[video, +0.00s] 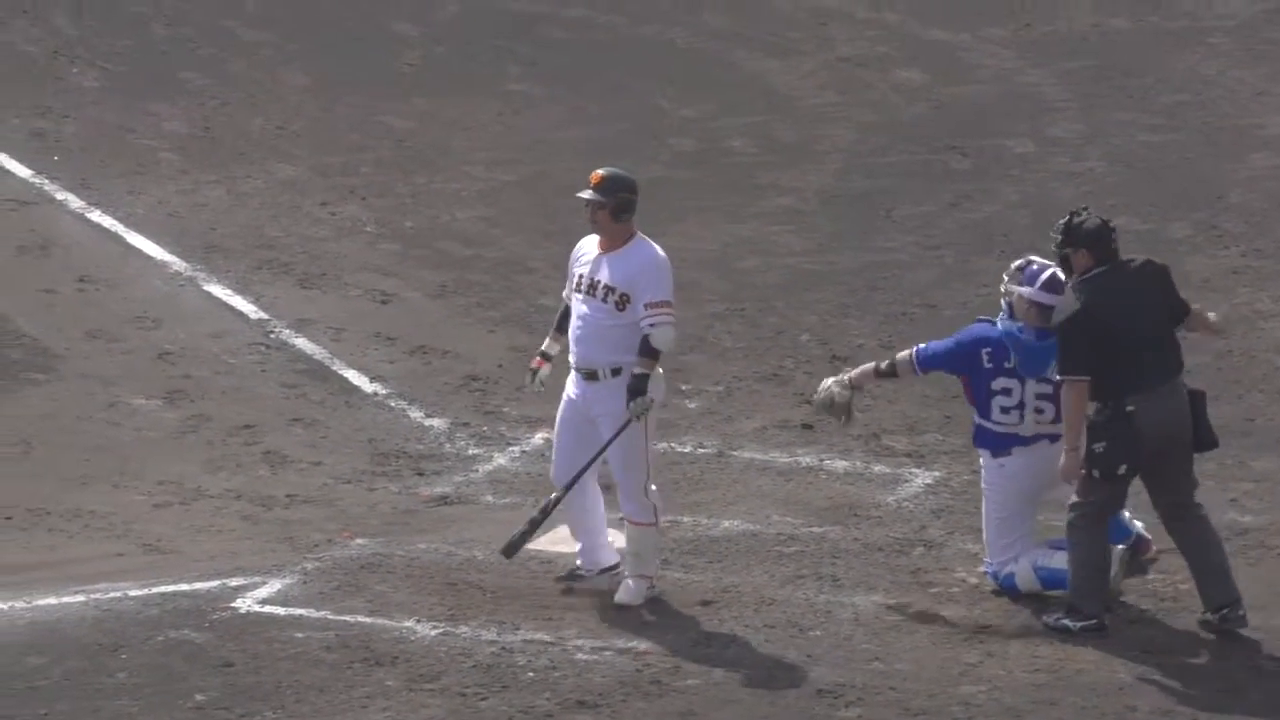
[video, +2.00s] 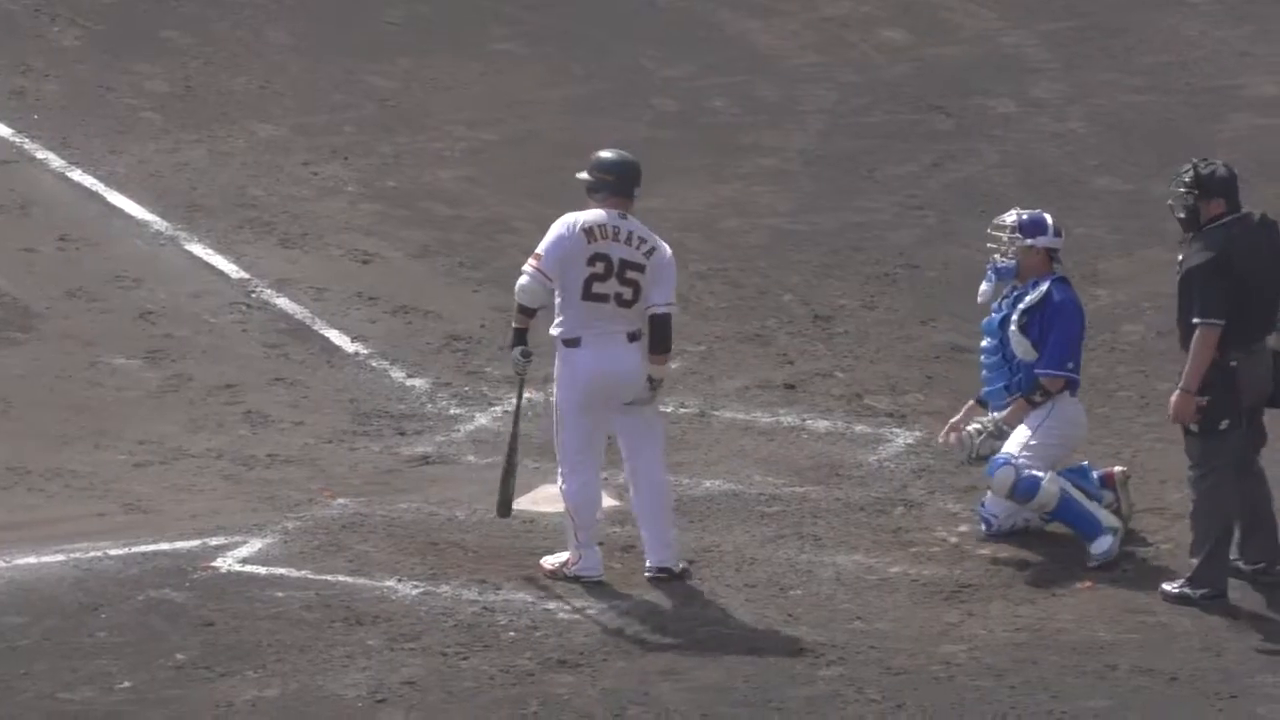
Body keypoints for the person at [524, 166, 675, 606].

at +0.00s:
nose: (589, 211)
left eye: (597, 205)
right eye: (589, 204)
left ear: (622, 210)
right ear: (596, 208)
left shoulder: (649, 260)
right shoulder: (584, 250)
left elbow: (660, 330)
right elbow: (570, 307)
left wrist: (640, 378)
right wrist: (547, 352)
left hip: (623, 385)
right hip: (579, 384)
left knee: (633, 483)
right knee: (569, 475)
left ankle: (641, 575)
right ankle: (597, 559)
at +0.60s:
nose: (577, 196)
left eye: (584, 191)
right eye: (578, 189)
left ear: (604, 198)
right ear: (607, 197)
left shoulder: (631, 254)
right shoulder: (582, 231)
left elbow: (638, 328)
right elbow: (557, 284)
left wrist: (624, 378)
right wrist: (523, 322)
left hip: (595, 368)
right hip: (566, 364)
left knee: (573, 465)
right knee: (586, 460)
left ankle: (634, 543)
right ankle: (598, 552)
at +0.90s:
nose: (576, 185)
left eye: (582, 181)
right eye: (579, 179)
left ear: (597, 188)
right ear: (613, 187)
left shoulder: (618, 244)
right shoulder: (600, 227)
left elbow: (622, 317)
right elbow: (598, 301)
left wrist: (611, 367)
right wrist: (573, 352)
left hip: (590, 359)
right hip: (578, 353)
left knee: (557, 455)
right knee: (597, 450)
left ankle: (612, 537)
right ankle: (608, 537)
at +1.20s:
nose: (581, 189)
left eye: (586, 185)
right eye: (583, 182)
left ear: (599, 191)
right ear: (623, 191)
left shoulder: (598, 246)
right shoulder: (644, 231)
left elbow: (587, 319)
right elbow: (653, 293)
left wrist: (570, 365)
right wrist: (622, 320)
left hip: (601, 357)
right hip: (631, 350)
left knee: (594, 462)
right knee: (603, 451)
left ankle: (623, 560)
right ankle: (602, 538)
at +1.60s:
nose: (572, 192)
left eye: (576, 187)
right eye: (574, 186)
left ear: (589, 190)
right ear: (618, 192)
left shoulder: (569, 232)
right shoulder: (646, 248)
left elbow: (537, 295)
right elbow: (654, 318)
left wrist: (523, 346)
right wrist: (651, 366)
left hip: (582, 366)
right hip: (630, 362)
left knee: (589, 467)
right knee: (620, 404)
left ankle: (603, 562)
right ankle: (636, 487)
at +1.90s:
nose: (579, 191)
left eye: (583, 186)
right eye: (582, 186)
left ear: (592, 189)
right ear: (626, 193)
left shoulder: (566, 226)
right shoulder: (651, 248)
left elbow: (528, 289)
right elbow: (660, 321)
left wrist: (517, 341)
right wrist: (657, 372)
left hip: (573, 360)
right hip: (625, 357)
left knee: (576, 463)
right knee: (648, 439)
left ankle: (587, 557)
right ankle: (669, 538)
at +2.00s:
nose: (585, 191)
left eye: (589, 186)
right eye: (588, 185)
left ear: (598, 188)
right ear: (631, 192)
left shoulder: (570, 226)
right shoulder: (657, 248)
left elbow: (530, 289)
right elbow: (660, 321)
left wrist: (519, 341)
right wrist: (656, 378)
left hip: (578, 358)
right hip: (632, 356)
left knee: (578, 464)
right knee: (647, 466)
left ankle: (583, 556)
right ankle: (661, 557)